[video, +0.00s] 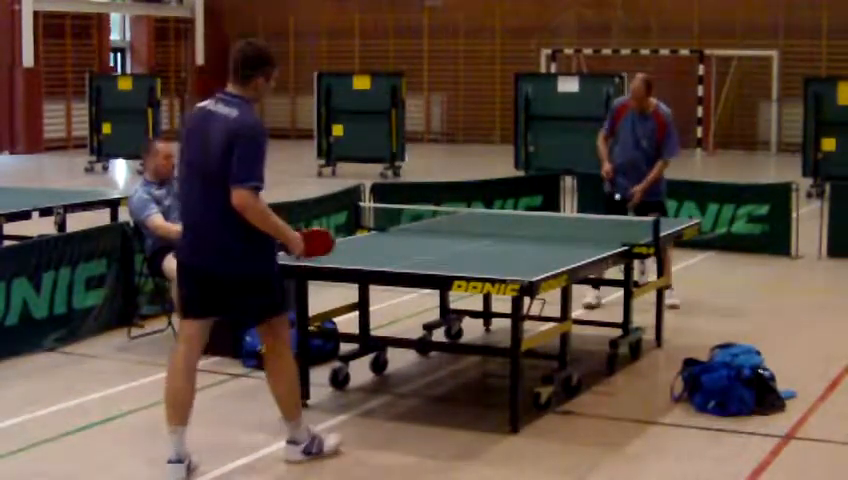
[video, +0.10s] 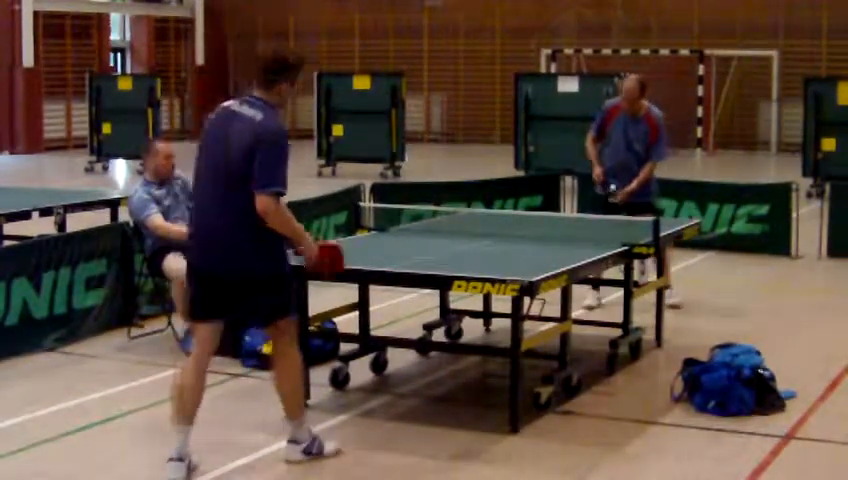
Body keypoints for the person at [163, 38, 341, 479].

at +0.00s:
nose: (271, 85)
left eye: (270, 78)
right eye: (271, 79)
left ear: (231, 72)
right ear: (263, 79)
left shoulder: (197, 115)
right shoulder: (248, 124)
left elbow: (188, 185)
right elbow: (244, 197)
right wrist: (287, 235)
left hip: (196, 253)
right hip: (245, 255)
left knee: (188, 345)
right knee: (276, 337)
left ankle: (176, 454)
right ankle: (300, 438)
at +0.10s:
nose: (295, 92)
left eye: (294, 86)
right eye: (295, 87)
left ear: (256, 78)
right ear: (285, 86)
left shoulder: (220, 116)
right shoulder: (270, 129)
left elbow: (210, 189)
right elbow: (266, 203)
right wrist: (304, 239)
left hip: (208, 252)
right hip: (257, 256)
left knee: (201, 348)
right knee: (285, 338)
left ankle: (179, 451)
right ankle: (300, 437)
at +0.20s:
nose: (318, 104)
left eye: (318, 97)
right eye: (318, 98)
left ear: (282, 87)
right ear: (311, 96)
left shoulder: (239, 118)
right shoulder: (291, 139)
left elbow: (226, 182)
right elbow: (292, 212)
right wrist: (322, 251)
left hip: (213, 246)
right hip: (264, 252)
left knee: (211, 339)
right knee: (289, 340)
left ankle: (178, 440)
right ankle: (300, 437)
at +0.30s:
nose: (336, 113)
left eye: (337, 106)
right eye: (338, 107)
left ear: (304, 93)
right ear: (332, 105)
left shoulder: (267, 116)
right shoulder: (308, 147)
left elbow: (246, 178)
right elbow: (311, 221)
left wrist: (285, 220)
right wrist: (335, 254)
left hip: (215, 239)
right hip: (263, 245)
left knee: (215, 337)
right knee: (290, 337)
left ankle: (180, 423)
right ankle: (300, 436)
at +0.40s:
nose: (348, 120)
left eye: (349, 113)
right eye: (349, 113)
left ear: (315, 100)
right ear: (341, 111)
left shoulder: (273, 118)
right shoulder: (319, 149)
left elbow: (252, 178)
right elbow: (333, 232)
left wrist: (287, 217)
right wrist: (347, 257)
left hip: (216, 235)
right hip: (264, 243)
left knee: (213, 329)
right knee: (289, 336)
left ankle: (181, 421)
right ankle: (299, 436)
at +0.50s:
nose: (347, 117)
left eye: (348, 110)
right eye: (348, 110)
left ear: (313, 97)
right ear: (340, 109)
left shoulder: (273, 116)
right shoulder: (319, 150)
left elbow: (257, 176)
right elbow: (334, 228)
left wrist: (291, 215)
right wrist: (349, 247)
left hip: (216, 234)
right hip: (264, 242)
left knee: (211, 325)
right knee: (290, 334)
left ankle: (182, 421)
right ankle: (300, 436)